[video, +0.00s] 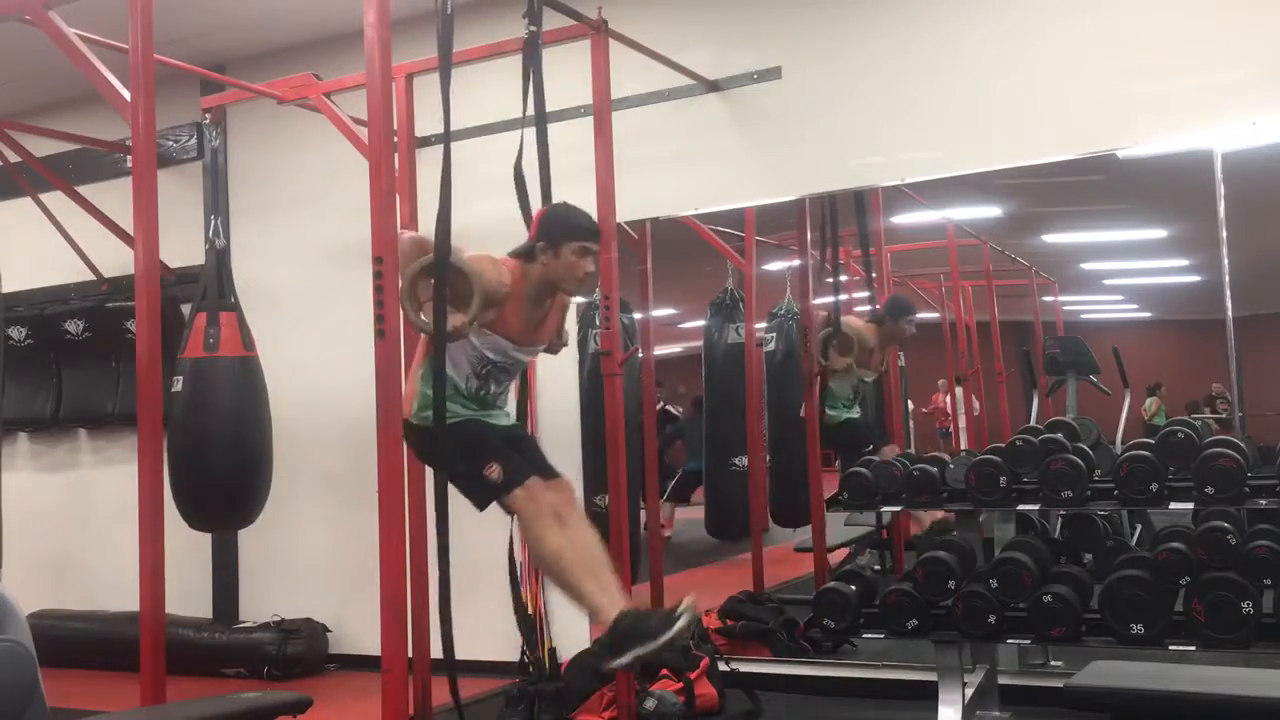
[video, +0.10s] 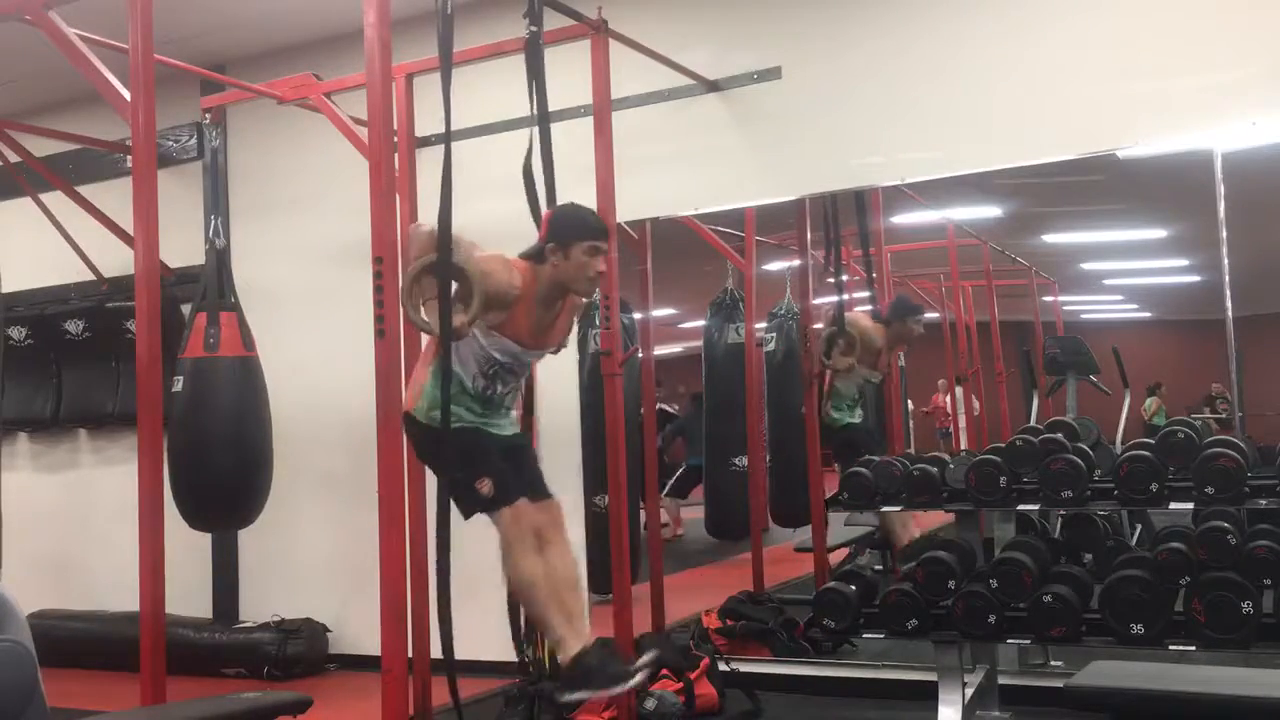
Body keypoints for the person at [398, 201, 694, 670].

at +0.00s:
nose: (592, 269)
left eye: (594, 257)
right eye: (583, 256)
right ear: (547, 253)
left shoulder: (559, 296)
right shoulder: (492, 276)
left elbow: (549, 323)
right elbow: (408, 243)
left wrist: (554, 338)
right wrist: (422, 312)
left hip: (492, 416)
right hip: (439, 414)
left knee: (562, 494)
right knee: (532, 499)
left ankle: (621, 622)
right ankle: (617, 622)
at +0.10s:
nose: (603, 266)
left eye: (605, 255)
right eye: (593, 253)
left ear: (568, 257)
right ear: (557, 254)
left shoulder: (572, 301)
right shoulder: (503, 279)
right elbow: (422, 236)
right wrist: (416, 303)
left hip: (498, 421)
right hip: (442, 415)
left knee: (548, 519)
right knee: (518, 520)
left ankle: (584, 653)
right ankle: (570, 656)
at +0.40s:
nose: (605, 209)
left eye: (606, 198)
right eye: (594, 198)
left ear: (596, 207)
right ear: (557, 204)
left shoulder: (582, 262)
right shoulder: (514, 249)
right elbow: (421, 230)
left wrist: (540, 330)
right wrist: (418, 309)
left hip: (513, 398)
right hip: (455, 391)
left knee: (525, 509)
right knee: (491, 510)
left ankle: (510, 649)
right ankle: (488, 657)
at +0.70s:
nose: (585, 135)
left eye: (586, 125)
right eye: (573, 125)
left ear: (580, 135)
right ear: (536, 129)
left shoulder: (569, 197)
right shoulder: (507, 190)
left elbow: (532, 266)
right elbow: (414, 235)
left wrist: (535, 326)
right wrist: (425, 308)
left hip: (513, 353)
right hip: (466, 346)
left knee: (514, 468)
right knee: (483, 468)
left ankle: (490, 603)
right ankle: (461, 609)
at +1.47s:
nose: (562, 85)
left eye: (565, 76)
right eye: (551, 74)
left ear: (561, 85)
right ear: (516, 77)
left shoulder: (553, 153)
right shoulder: (492, 137)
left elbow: (545, 241)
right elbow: (461, 221)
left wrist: (551, 310)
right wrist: (450, 301)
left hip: (527, 313)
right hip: (480, 308)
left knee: (539, 430)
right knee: (512, 427)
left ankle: (562, 556)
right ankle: (536, 561)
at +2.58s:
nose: (583, 159)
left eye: (587, 149)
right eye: (572, 147)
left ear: (585, 156)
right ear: (537, 148)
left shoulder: (570, 216)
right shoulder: (503, 202)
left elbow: (529, 278)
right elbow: (411, 242)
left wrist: (548, 325)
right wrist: (441, 317)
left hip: (523, 359)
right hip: (474, 361)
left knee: (534, 492)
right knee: (502, 492)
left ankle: (546, 626)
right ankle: (525, 632)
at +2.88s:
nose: (594, 234)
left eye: (596, 225)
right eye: (584, 223)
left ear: (586, 232)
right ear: (548, 225)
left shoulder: (565, 279)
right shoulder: (509, 261)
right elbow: (415, 234)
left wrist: (526, 343)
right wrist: (434, 310)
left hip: (499, 417)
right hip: (452, 414)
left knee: (513, 543)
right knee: (487, 548)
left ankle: (525, 672)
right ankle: (502, 682)